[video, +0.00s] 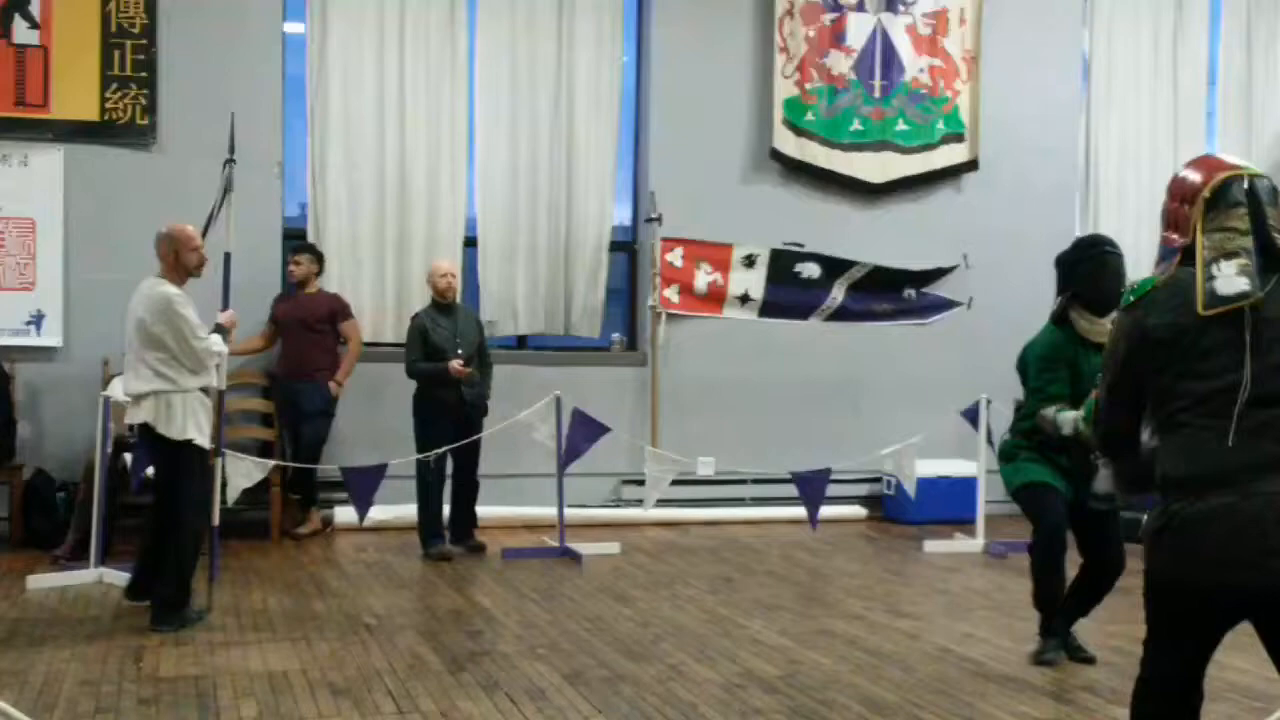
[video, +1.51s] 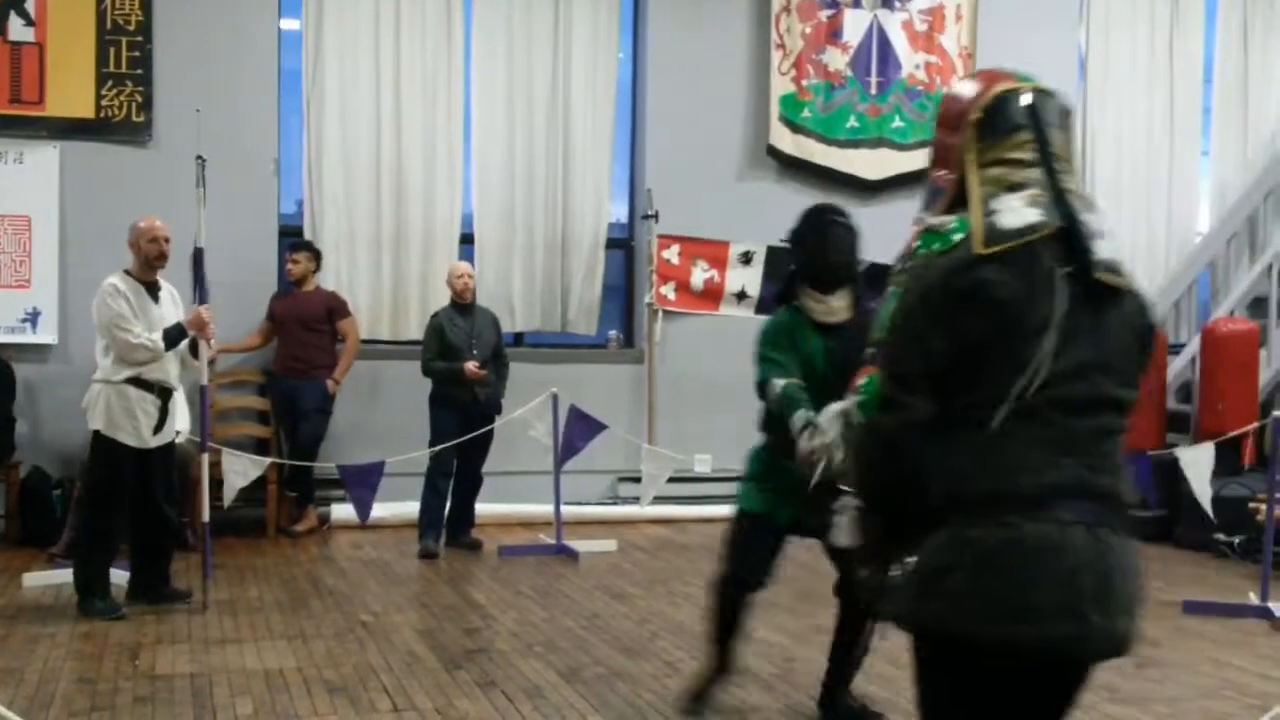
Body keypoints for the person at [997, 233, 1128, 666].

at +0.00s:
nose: (1114, 288)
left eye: (1117, 278)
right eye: (1105, 279)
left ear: (1120, 284)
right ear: (1079, 284)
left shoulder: (1117, 337)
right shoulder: (1049, 346)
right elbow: (1045, 412)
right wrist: (1081, 422)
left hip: (1086, 463)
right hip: (1034, 454)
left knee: (1107, 560)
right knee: (1051, 521)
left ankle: (1061, 626)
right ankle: (1051, 632)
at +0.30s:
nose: (1114, 302)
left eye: (1119, 291)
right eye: (1104, 292)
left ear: (1126, 290)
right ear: (1078, 293)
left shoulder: (1124, 338)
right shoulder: (1062, 342)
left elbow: (1152, 381)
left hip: (1118, 476)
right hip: (1071, 478)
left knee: (1129, 577)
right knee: (1114, 579)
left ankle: (1074, 616)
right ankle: (1114, 696)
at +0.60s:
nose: (1147, 280)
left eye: (1149, 268)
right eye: (1136, 269)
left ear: (1151, 274)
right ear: (1105, 272)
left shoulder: (1154, 336)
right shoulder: (1071, 312)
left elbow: (1160, 356)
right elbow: (1066, 335)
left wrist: (1139, 371)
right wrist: (1089, 333)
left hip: (1115, 476)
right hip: (1051, 481)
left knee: (1181, 588)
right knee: (1089, 600)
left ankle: (1176, 705)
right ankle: (1115, 704)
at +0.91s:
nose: (1071, 274)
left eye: (1074, 263)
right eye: (1059, 264)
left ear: (1080, 272)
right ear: (1034, 273)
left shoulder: (1092, 338)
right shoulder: (1009, 344)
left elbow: (1128, 406)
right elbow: (1004, 380)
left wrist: (1110, 419)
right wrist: (1065, 361)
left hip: (1079, 508)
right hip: (1013, 507)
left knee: (1148, 623)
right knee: (977, 605)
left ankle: (1173, 706)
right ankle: (925, 709)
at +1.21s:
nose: (943, 278)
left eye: (942, 268)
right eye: (933, 269)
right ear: (914, 278)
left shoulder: (960, 349)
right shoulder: (881, 356)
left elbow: (999, 396)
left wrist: (987, 412)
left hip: (945, 500)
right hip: (888, 502)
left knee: (1001, 608)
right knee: (906, 612)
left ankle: (930, 657)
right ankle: (897, 708)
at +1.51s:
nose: (828, 267)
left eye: (832, 256)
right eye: (822, 256)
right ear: (833, 263)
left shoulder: (873, 325)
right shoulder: (783, 329)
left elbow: (881, 384)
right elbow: (779, 385)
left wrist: (850, 421)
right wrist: (808, 425)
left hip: (845, 484)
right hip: (778, 477)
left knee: (863, 590)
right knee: (736, 577)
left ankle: (836, 693)